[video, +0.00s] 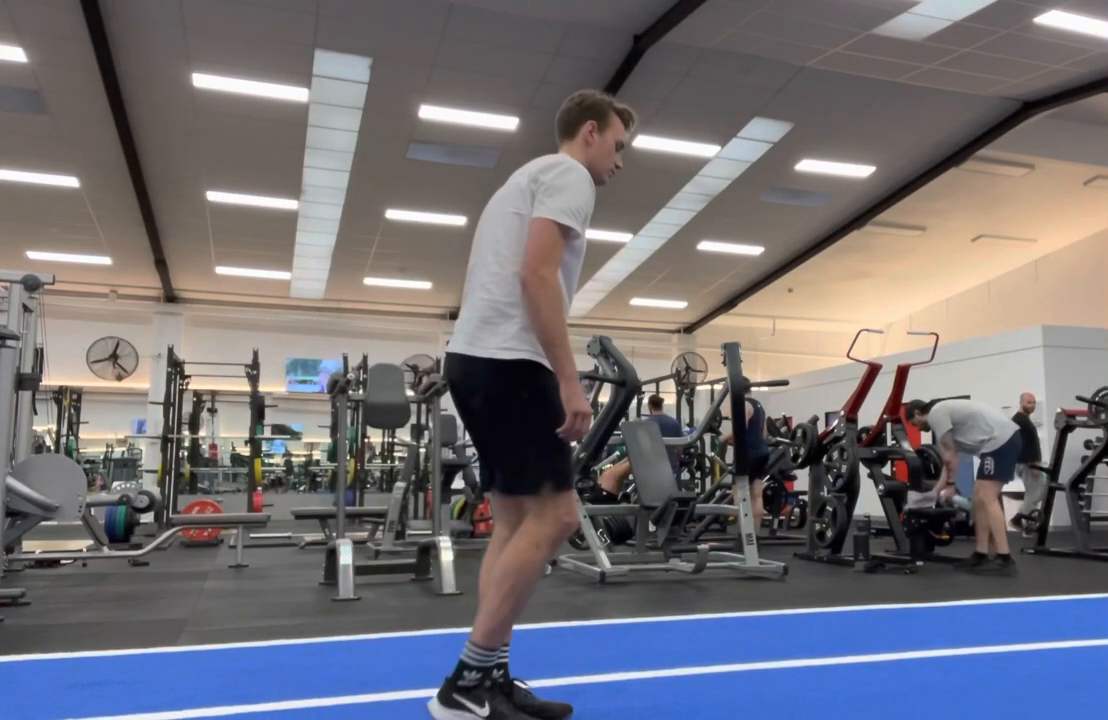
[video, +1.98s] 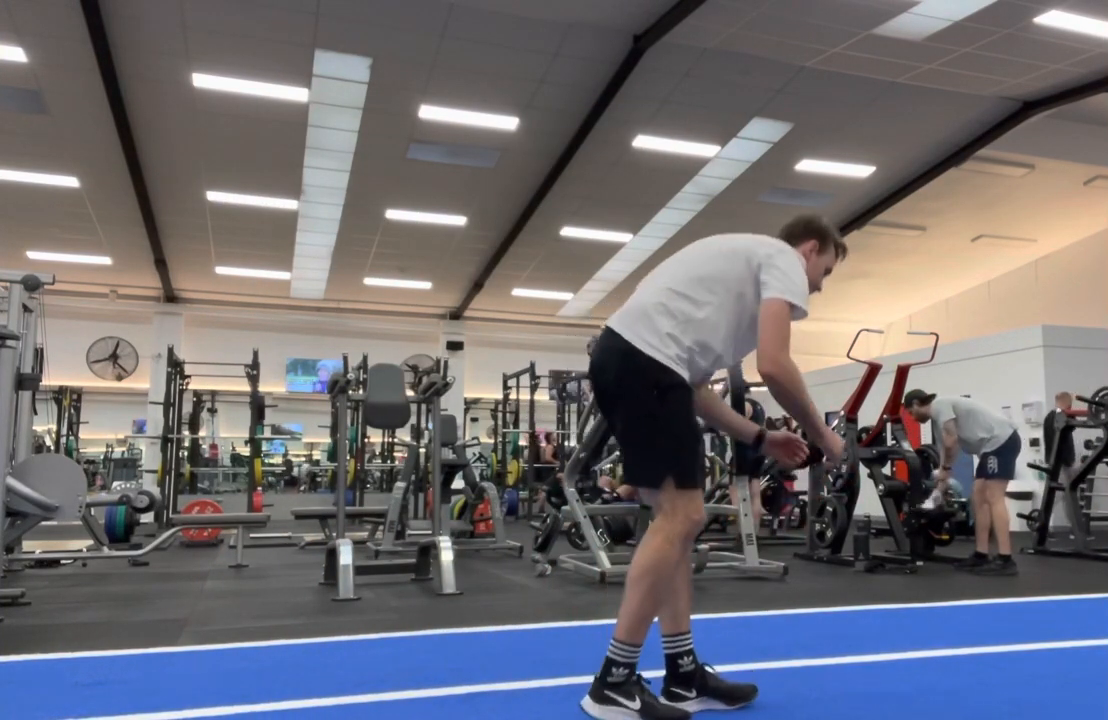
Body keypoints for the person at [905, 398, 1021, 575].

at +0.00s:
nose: (916, 426)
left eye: (914, 422)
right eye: (913, 424)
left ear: (918, 413)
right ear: (920, 413)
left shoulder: (937, 413)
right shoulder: (939, 415)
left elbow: (951, 456)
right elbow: (948, 458)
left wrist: (951, 485)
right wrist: (935, 490)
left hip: (1002, 439)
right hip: (993, 441)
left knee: (988, 497)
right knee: (979, 498)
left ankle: (1004, 558)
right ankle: (981, 554)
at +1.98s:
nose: (913, 417)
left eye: (911, 412)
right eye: (910, 413)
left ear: (917, 404)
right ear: (920, 404)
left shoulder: (940, 405)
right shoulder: (938, 417)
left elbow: (951, 443)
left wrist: (945, 469)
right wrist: (939, 490)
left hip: (1002, 440)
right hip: (989, 446)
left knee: (995, 497)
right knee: (979, 497)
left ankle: (1005, 558)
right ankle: (981, 554)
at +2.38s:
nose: (925, 377)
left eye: (925, 371)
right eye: (923, 372)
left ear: (935, 365)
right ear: (939, 365)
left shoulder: (948, 379)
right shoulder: (957, 381)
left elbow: (950, 412)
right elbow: (961, 423)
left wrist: (934, 434)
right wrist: (941, 442)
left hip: (981, 440)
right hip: (983, 441)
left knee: (969, 495)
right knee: (973, 497)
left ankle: (996, 551)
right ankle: (981, 552)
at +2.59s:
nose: (932, 366)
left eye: (934, 361)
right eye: (931, 362)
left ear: (945, 357)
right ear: (949, 357)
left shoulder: (955, 373)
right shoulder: (963, 374)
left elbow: (954, 406)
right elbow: (961, 414)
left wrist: (933, 424)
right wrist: (935, 427)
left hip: (973, 440)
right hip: (983, 440)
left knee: (953, 493)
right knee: (971, 496)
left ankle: (987, 544)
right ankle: (979, 550)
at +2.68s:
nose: (935, 364)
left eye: (936, 358)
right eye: (934, 359)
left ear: (948, 354)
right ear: (952, 355)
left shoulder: (956, 371)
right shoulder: (966, 373)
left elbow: (954, 405)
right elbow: (963, 410)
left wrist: (932, 421)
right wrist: (938, 423)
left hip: (968, 441)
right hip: (980, 441)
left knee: (949, 493)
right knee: (971, 496)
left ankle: (982, 544)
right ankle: (982, 549)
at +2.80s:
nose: (937, 361)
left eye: (938, 355)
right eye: (936, 356)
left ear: (951, 352)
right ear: (954, 353)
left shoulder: (958, 372)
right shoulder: (968, 373)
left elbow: (953, 405)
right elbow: (964, 410)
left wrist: (930, 419)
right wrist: (939, 421)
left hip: (965, 442)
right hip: (978, 442)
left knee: (947, 494)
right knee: (970, 497)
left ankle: (974, 548)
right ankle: (981, 550)